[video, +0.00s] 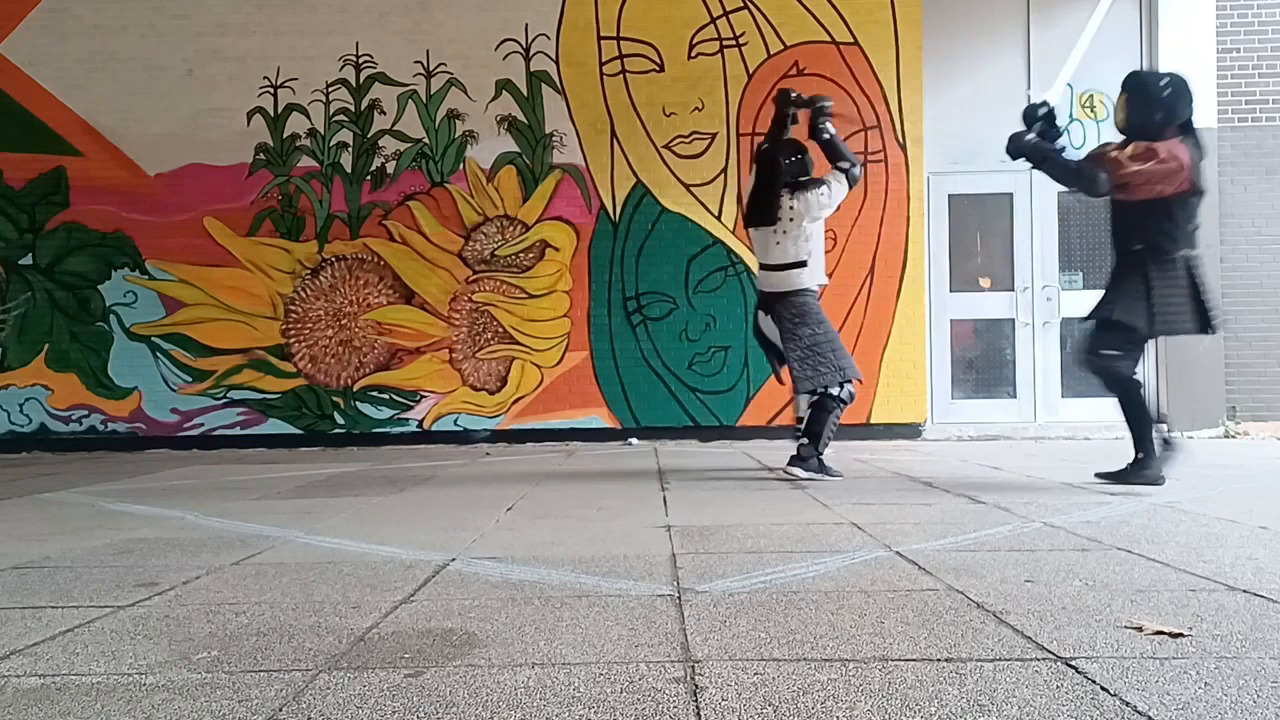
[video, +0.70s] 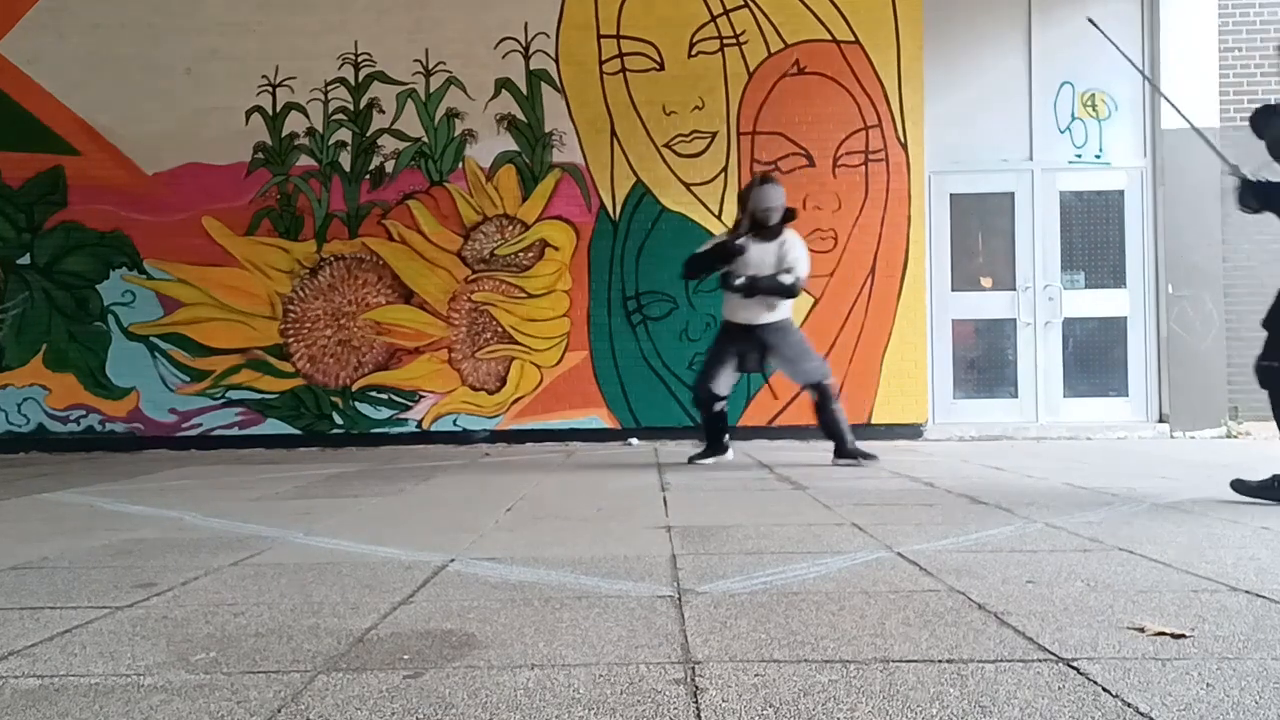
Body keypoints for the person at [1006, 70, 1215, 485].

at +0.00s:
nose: (1117, 106)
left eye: (1124, 99)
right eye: (1120, 98)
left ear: (1146, 109)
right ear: (1160, 110)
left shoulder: (1160, 155)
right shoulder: (1166, 150)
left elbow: (1094, 179)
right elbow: (1096, 172)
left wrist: (1035, 152)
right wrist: (1054, 146)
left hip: (1150, 272)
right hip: (1152, 270)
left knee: (1107, 356)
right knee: (1109, 357)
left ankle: (1149, 456)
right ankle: (1152, 448)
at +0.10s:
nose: (1147, 96)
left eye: (1156, 88)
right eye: (1150, 87)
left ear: (1180, 95)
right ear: (1193, 95)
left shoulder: (1190, 144)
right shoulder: (1188, 137)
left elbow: (1118, 178)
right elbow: (1129, 170)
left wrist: (1057, 152)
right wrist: (1081, 149)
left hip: (1189, 268)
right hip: (1174, 266)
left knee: (1170, 368)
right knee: (1156, 365)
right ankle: (1157, 459)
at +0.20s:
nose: (1171, 94)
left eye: (1181, 86)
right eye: (1174, 84)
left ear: (1209, 94)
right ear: (1217, 97)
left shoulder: (1219, 147)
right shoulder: (1213, 140)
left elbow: (1150, 192)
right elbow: (1156, 181)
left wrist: (1090, 174)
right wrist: (1115, 150)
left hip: (1229, 271)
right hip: (1210, 270)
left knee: (1212, 378)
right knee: (1168, 362)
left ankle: (1273, 476)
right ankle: (1211, 449)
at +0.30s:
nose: (1194, 88)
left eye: (1203, 79)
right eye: (1196, 78)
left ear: (1232, 86)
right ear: (1238, 88)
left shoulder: (1247, 143)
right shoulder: (1239, 137)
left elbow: (1208, 206)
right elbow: (1204, 200)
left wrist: (1137, 204)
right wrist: (1156, 177)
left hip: (1250, 273)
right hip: (1246, 270)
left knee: (1222, 377)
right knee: (1226, 373)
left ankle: (1275, 474)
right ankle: (1276, 470)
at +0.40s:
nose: (1215, 77)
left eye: (1223, 65)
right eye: (1216, 65)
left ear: (1249, 69)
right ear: (1254, 69)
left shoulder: (1270, 125)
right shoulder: (1252, 123)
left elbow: (1260, 198)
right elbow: (1244, 196)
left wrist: (1191, 203)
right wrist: (1194, 184)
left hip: (1266, 265)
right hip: (1256, 264)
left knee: (1244, 375)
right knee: (1248, 374)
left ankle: (1278, 476)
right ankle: (1276, 476)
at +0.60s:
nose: (1258, 66)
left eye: (1263, 56)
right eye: (1259, 56)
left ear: (1277, 61)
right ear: (1266, 60)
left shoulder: (1275, 117)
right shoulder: (1268, 116)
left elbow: (1277, 191)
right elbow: (1277, 187)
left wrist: (1243, 186)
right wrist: (1243, 184)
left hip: (1279, 268)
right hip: (1277, 267)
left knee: (1260, 368)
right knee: (1259, 368)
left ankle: (1277, 478)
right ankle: (1276, 477)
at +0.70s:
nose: (1266, 145)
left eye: (1266, 135)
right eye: (1263, 136)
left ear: (1275, 131)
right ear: (1268, 133)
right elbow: (1276, 199)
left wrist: (1257, 192)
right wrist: (1255, 191)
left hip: (1279, 301)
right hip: (1278, 300)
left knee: (1268, 368)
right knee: (1269, 367)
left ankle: (1278, 479)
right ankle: (1277, 478)